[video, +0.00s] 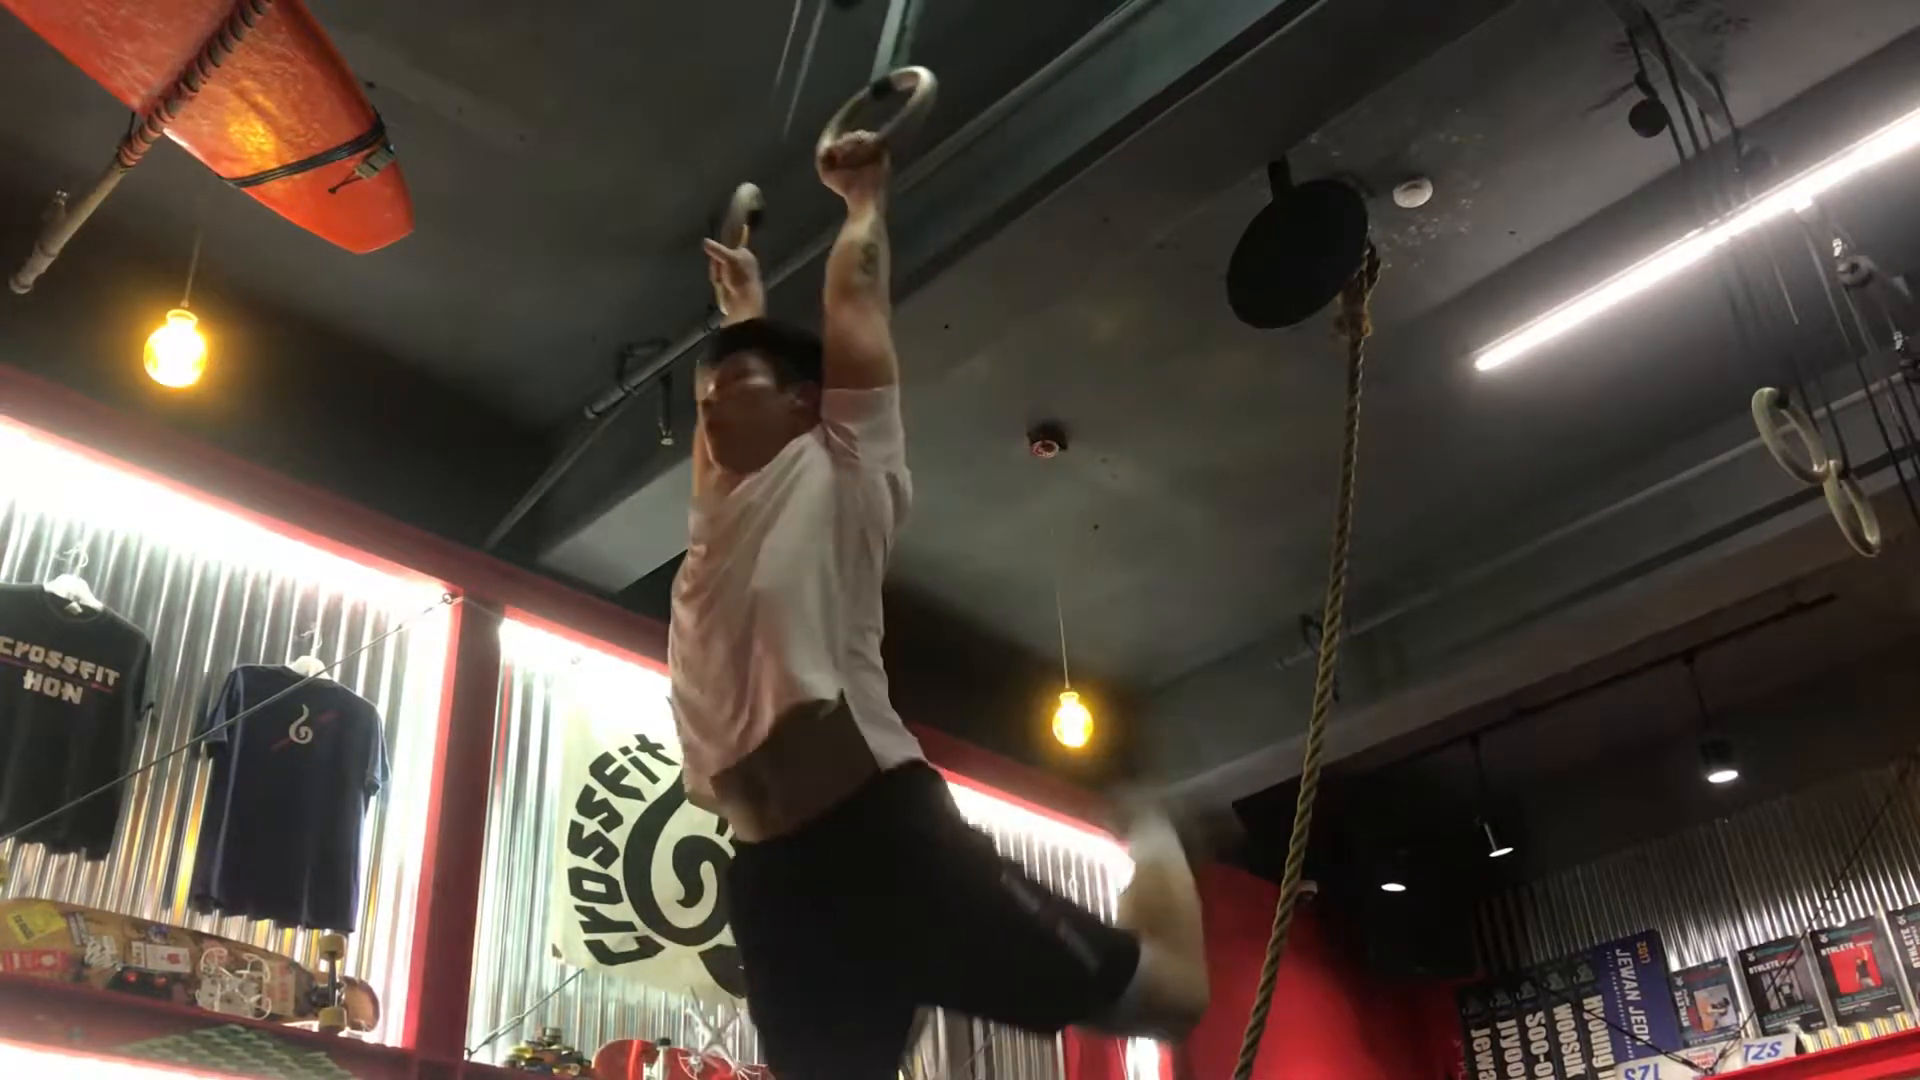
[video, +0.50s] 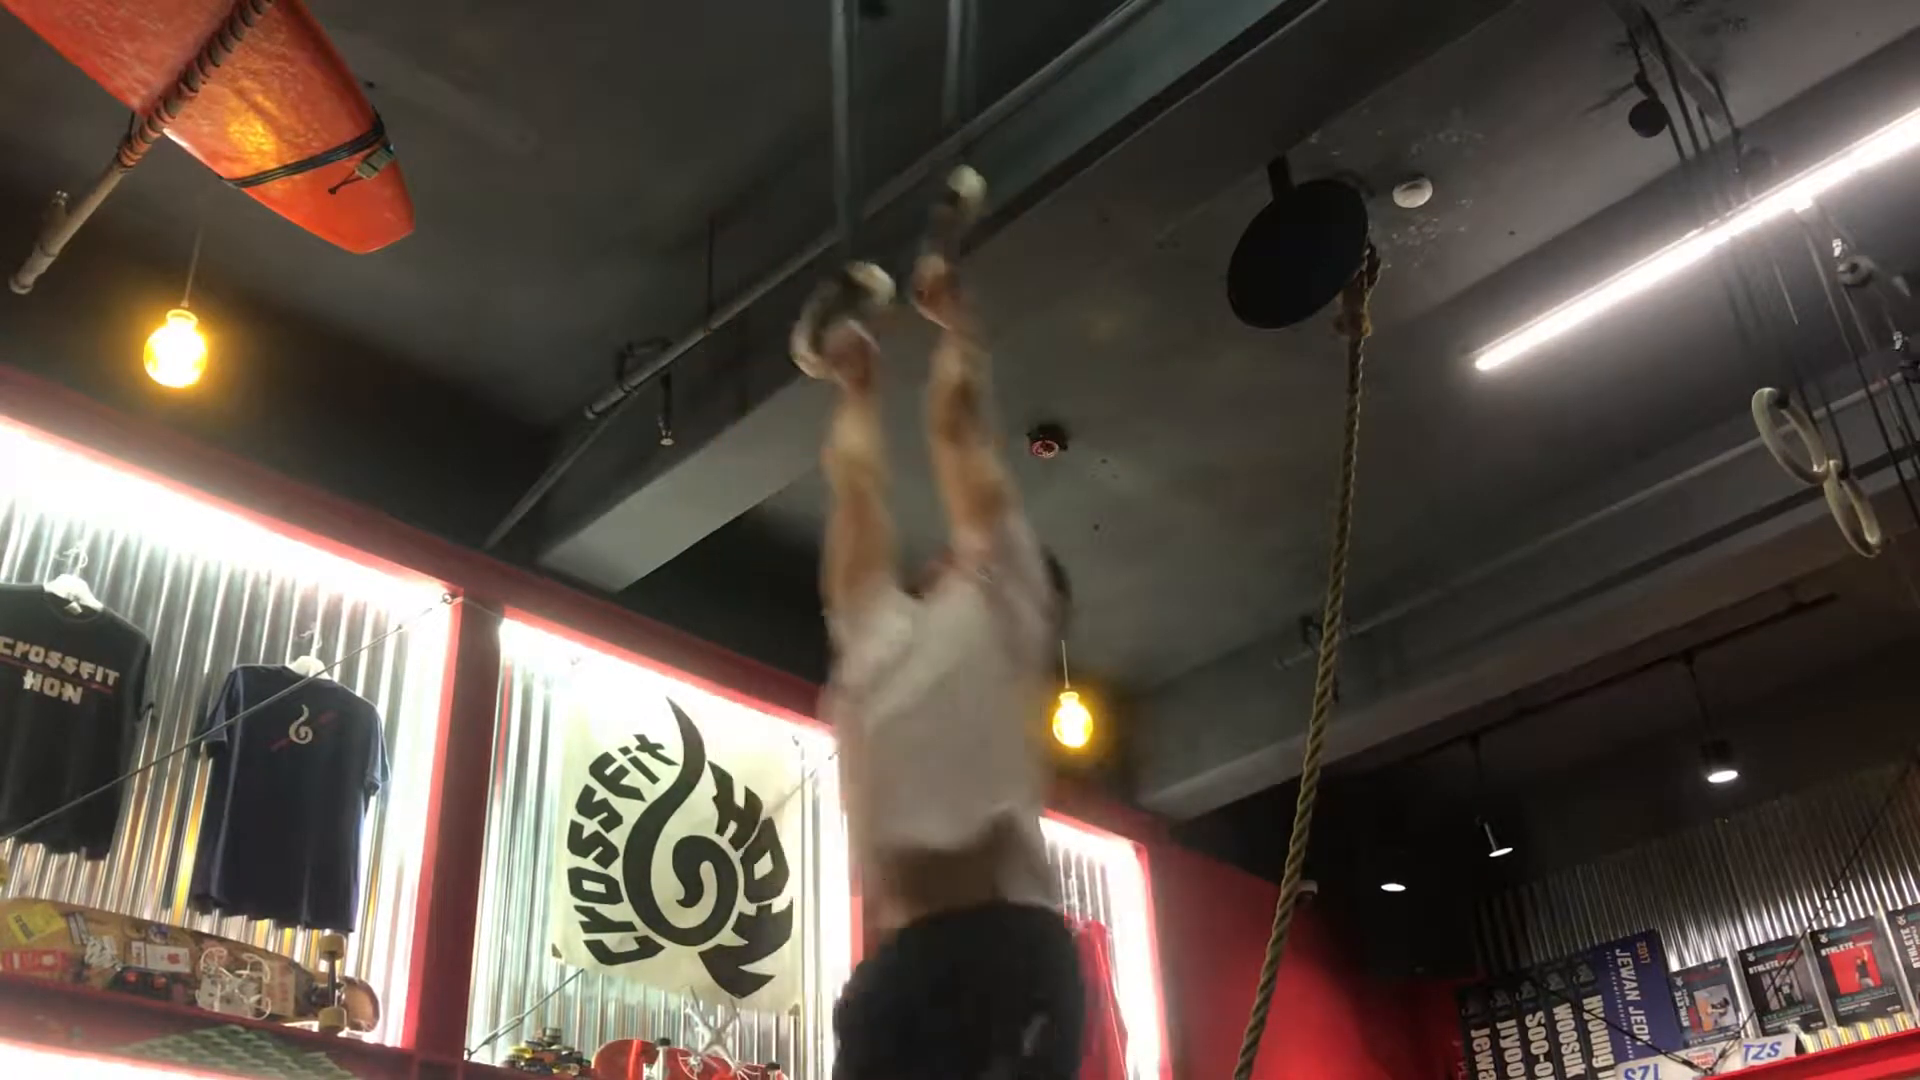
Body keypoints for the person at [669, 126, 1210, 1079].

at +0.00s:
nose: (715, 392)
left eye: (742, 377)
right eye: (708, 382)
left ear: (799, 401)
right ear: (706, 423)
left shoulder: (847, 467)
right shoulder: (714, 521)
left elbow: (854, 303)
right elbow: (720, 422)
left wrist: (862, 193)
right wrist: (745, 308)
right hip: (775, 891)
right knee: (820, 1068)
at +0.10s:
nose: (731, 385)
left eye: (760, 373)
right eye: (724, 379)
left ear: (807, 405)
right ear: (713, 418)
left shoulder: (846, 467)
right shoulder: (705, 511)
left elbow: (844, 295)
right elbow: (699, 384)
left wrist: (851, 195)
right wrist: (724, 297)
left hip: (898, 832)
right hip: (784, 887)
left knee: (1186, 966)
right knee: (843, 1065)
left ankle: (1128, 773)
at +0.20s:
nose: (776, 402)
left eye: (801, 401)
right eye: (771, 398)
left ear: (834, 431)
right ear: (750, 438)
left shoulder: (857, 483)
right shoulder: (719, 515)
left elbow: (862, 316)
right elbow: (715, 398)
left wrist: (868, 208)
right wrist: (735, 311)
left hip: (900, 854)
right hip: (788, 901)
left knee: (1166, 1031)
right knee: (859, 1070)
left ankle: (1141, 840)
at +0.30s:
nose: (826, 450)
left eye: (846, 445)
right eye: (823, 442)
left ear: (870, 471)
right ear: (795, 469)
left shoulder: (881, 523)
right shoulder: (745, 541)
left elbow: (895, 351)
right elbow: (751, 417)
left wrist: (905, 249)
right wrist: (766, 334)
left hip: (905, 899)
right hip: (791, 937)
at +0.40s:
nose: (863, 504)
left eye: (895, 508)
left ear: (935, 532)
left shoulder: (923, 559)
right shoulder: (793, 576)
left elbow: (914, 378)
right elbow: (798, 445)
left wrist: (923, 284)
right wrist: (810, 348)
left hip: (932, 924)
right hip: (829, 947)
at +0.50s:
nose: (953, 553)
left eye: (980, 550)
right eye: (948, 551)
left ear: (1026, 588)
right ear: (927, 572)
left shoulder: (1013, 618)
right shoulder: (870, 641)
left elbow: (963, 438)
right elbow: (855, 494)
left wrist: (952, 321)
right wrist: (853, 383)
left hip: (1012, 955)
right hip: (902, 968)